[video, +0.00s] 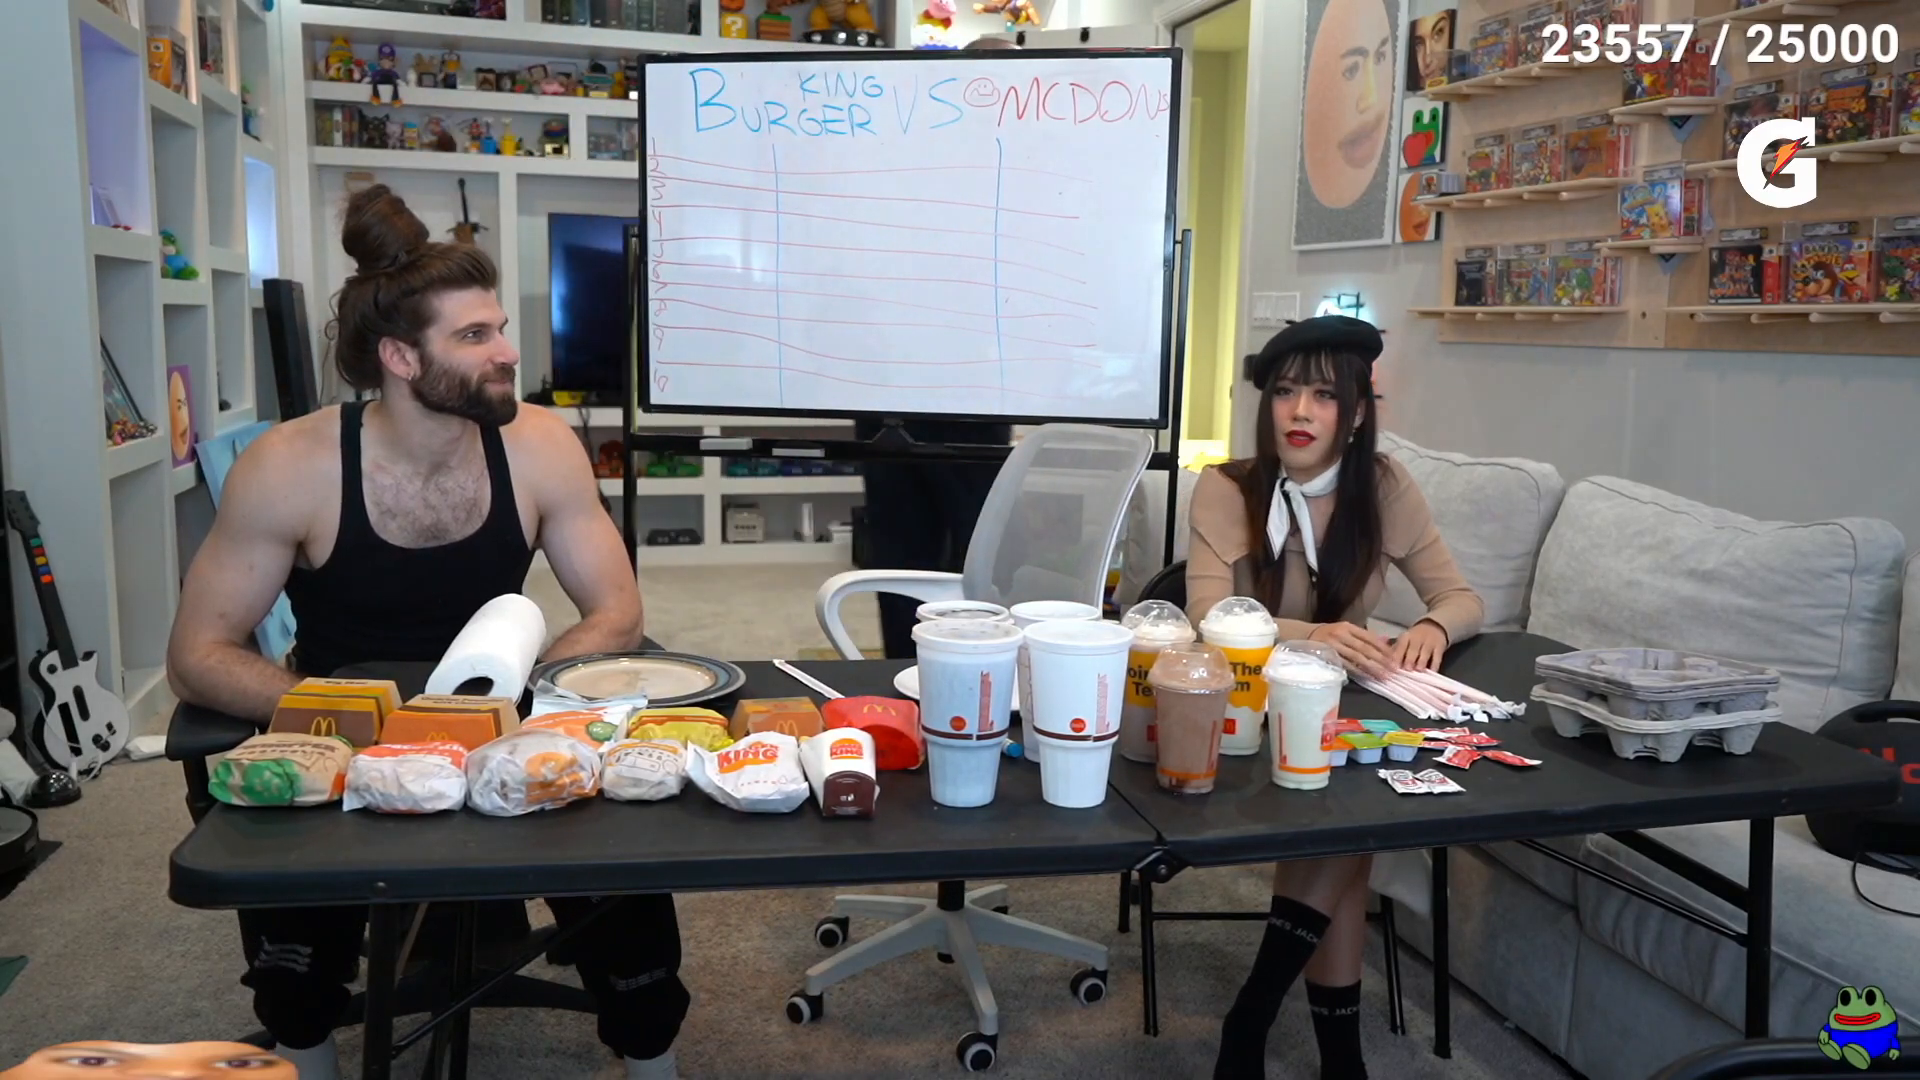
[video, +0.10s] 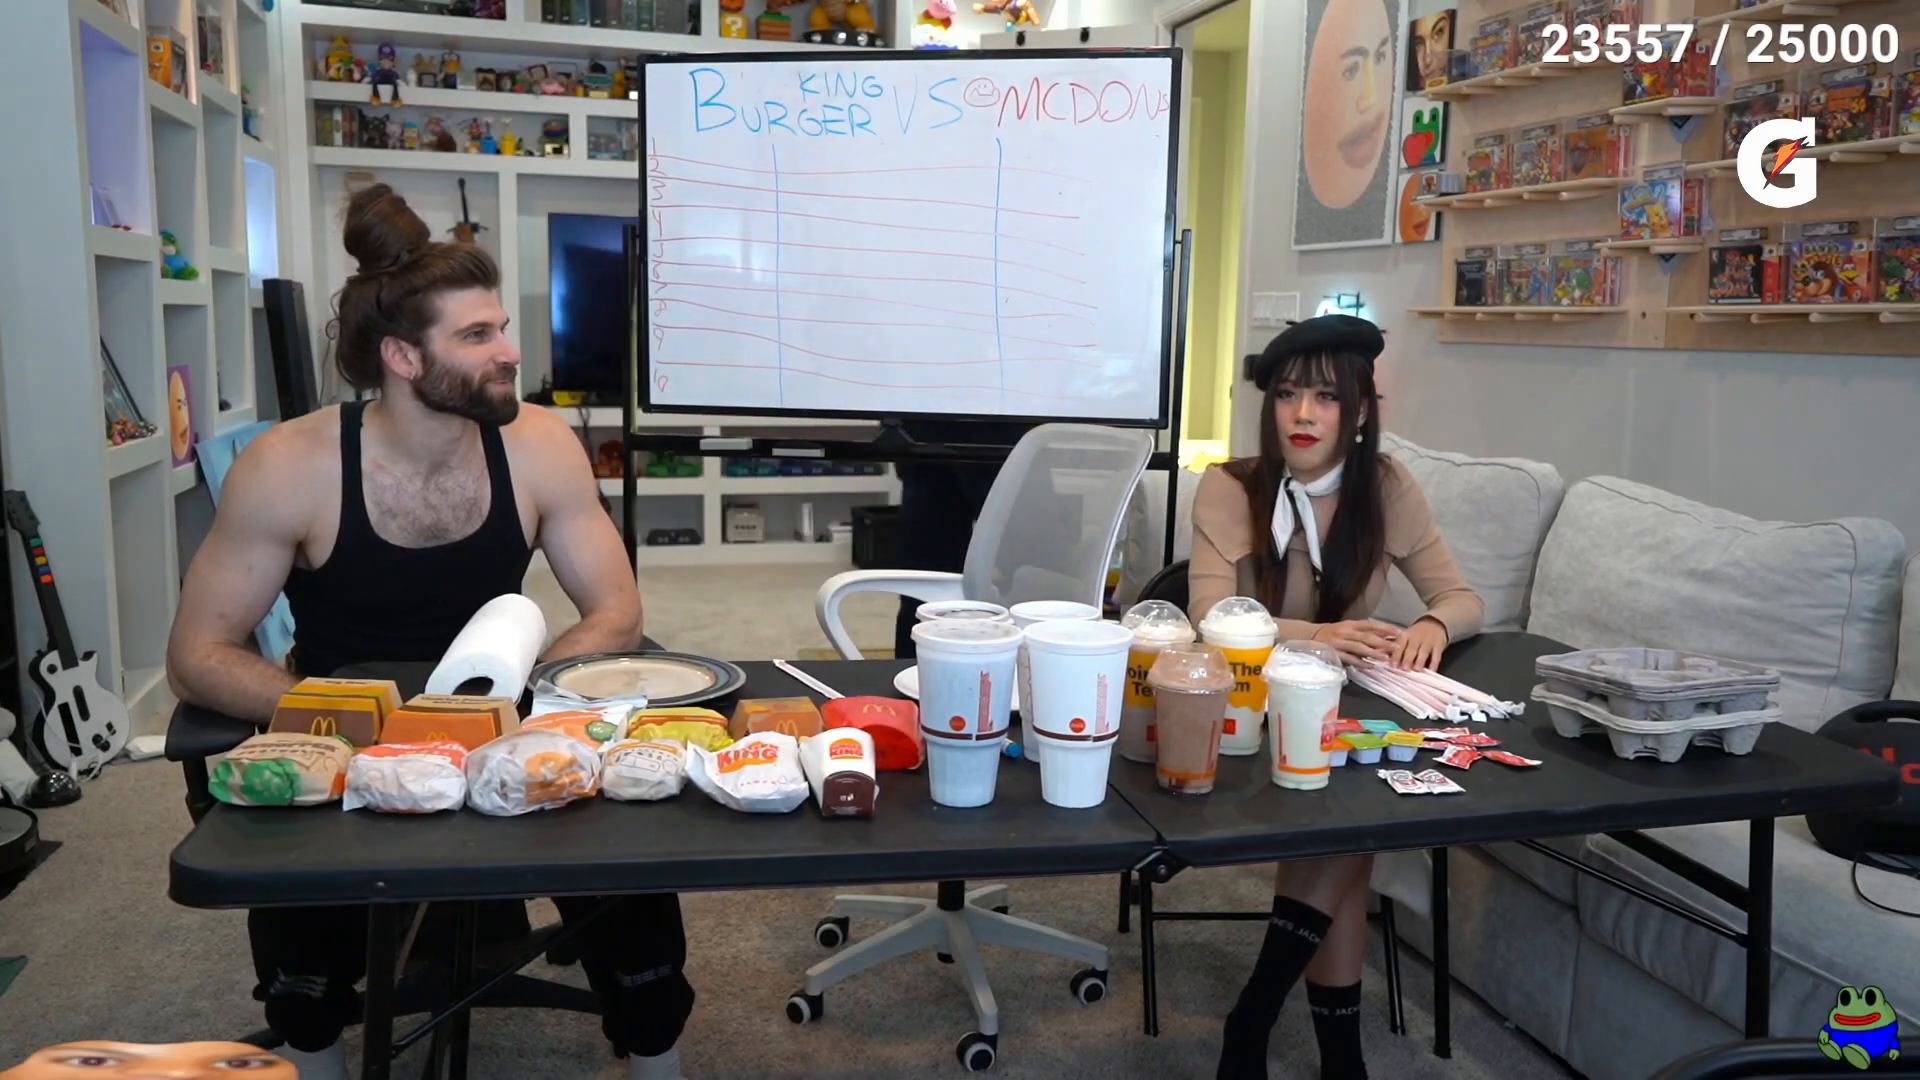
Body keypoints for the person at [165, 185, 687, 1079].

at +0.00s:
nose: (505, 351)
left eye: (503, 330)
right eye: (475, 337)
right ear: (399, 358)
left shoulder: (540, 447)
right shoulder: (292, 466)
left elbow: (619, 614)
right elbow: (198, 655)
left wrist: (524, 682)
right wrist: (346, 712)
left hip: (508, 749)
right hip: (340, 757)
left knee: (621, 849)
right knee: (290, 871)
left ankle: (651, 1060)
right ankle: (306, 1055)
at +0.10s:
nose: (508, 351)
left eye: (505, 329)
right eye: (477, 336)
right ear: (401, 357)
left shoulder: (539, 447)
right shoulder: (291, 465)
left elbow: (619, 613)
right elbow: (198, 654)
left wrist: (524, 681)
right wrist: (344, 714)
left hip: (509, 748)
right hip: (341, 758)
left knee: (624, 838)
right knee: (297, 863)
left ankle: (654, 1059)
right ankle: (313, 1060)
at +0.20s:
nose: (509, 352)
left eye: (506, 329)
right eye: (478, 336)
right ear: (403, 359)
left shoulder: (541, 447)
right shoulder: (290, 467)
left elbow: (620, 614)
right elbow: (196, 654)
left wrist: (524, 677)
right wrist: (342, 712)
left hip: (510, 747)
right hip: (344, 758)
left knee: (636, 839)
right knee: (303, 873)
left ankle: (661, 1060)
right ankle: (311, 1062)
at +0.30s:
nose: (511, 349)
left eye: (507, 328)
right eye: (481, 335)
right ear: (405, 357)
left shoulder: (541, 447)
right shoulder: (293, 466)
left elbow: (618, 613)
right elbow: (199, 657)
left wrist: (527, 683)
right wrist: (355, 713)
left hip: (508, 744)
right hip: (342, 755)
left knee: (647, 831)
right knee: (299, 869)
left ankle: (662, 1058)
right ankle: (303, 1061)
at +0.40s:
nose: (513, 348)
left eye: (510, 326)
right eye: (483, 333)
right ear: (408, 355)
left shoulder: (541, 445)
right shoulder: (298, 465)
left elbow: (619, 611)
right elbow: (202, 658)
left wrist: (525, 684)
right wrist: (360, 713)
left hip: (507, 743)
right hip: (340, 753)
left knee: (661, 828)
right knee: (295, 873)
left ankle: (663, 1058)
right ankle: (305, 1061)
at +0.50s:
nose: (518, 345)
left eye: (514, 323)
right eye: (488, 330)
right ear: (414, 352)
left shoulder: (541, 443)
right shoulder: (302, 464)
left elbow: (619, 608)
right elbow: (206, 658)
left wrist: (535, 688)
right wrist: (358, 714)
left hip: (504, 743)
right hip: (340, 751)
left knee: (673, 830)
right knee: (290, 875)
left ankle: (665, 1058)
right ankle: (309, 1062)